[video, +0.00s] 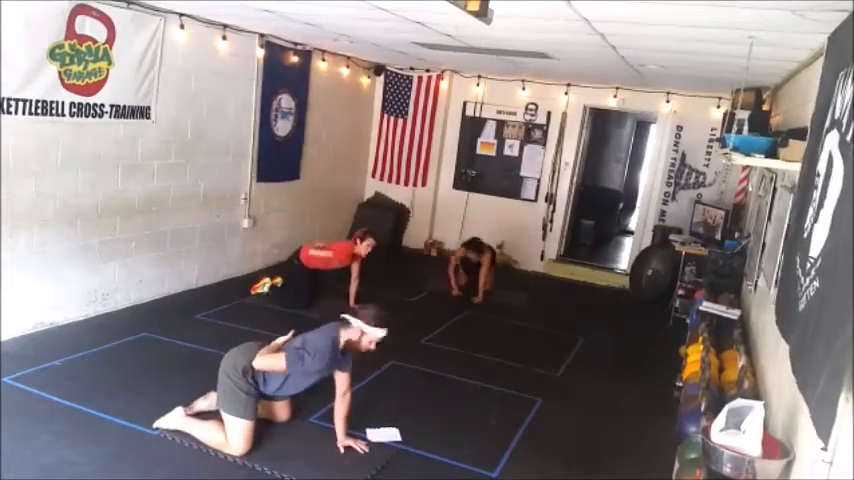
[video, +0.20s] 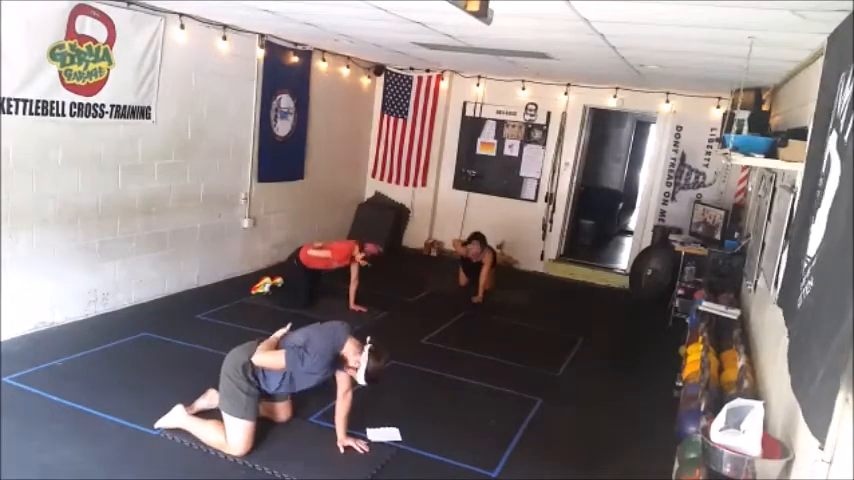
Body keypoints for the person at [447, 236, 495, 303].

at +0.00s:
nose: (473, 259)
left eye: (475, 256)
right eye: (470, 256)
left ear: (479, 253)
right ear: (467, 251)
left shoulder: (486, 254)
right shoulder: (461, 251)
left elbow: (482, 274)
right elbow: (451, 270)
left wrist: (480, 295)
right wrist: (454, 288)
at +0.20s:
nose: (473, 253)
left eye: (477, 251)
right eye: (471, 250)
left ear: (482, 250)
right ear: (467, 248)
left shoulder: (488, 254)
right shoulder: (463, 250)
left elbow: (483, 275)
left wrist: (480, 295)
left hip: (482, 266)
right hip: (467, 263)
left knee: (486, 287)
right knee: (462, 283)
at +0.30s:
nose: (473, 256)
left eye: (475, 253)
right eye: (470, 253)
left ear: (481, 251)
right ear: (466, 250)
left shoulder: (487, 254)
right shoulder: (462, 249)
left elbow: (483, 274)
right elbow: (454, 242)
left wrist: (479, 295)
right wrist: (458, 249)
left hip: (483, 265)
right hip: (466, 263)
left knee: (486, 287)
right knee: (462, 283)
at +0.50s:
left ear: (481, 262)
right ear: (466, 254)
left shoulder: (489, 255)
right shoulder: (462, 248)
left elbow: (483, 276)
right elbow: (456, 238)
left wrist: (479, 295)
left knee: (486, 287)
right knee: (462, 282)